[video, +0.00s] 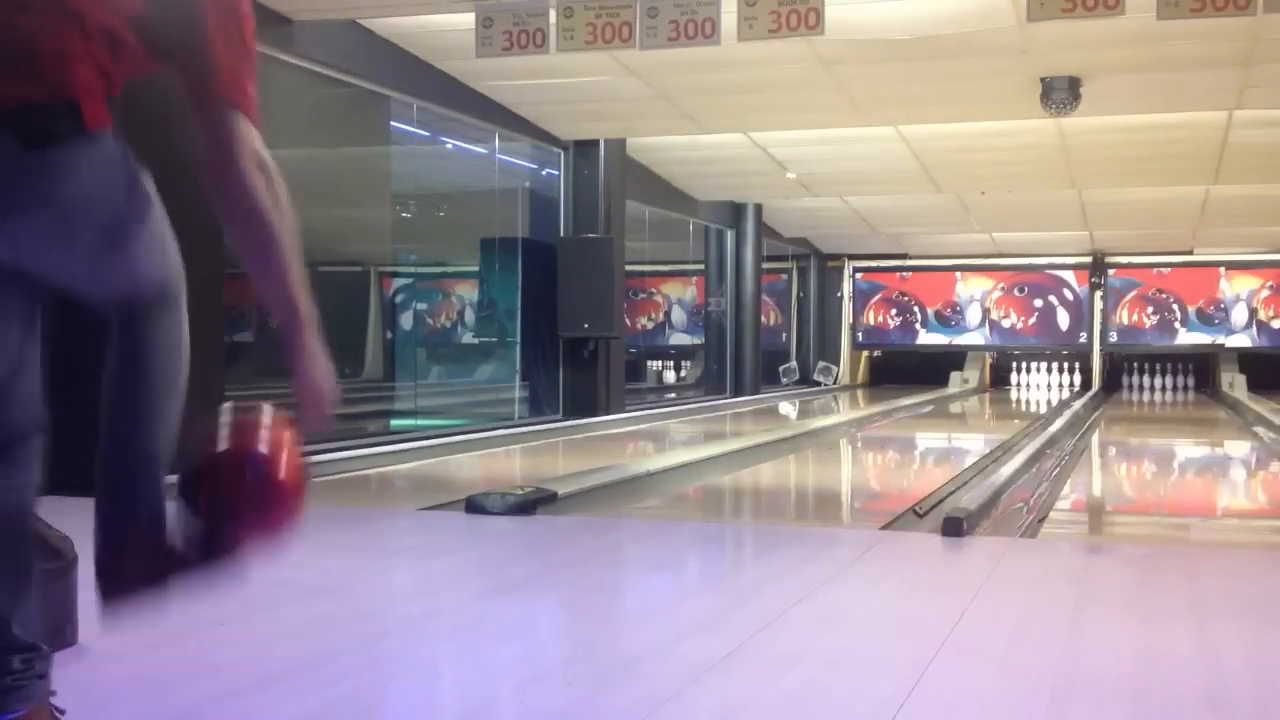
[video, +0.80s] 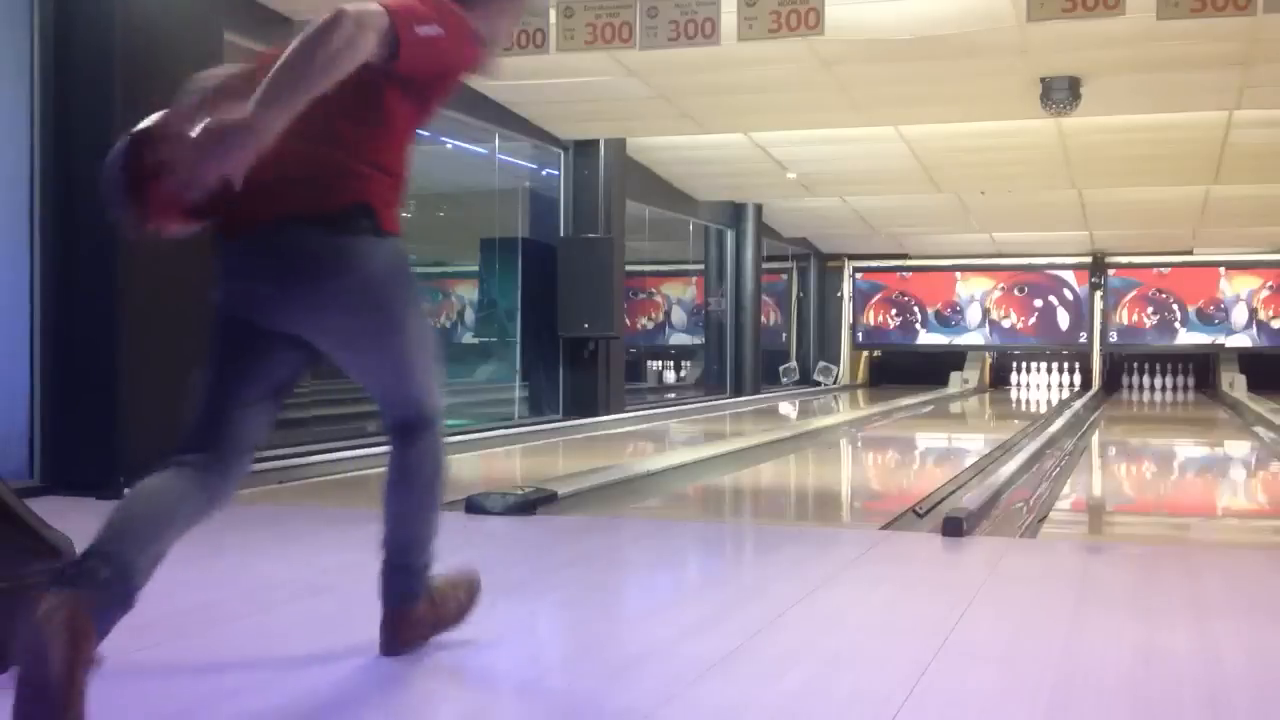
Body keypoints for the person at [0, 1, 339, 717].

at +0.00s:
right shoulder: (210, 9)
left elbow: (239, 156)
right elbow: (236, 155)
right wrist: (303, 338)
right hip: (45, 119)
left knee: (13, 428)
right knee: (151, 297)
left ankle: (16, 680)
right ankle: (135, 544)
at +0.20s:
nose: (303, 18)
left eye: (303, 17)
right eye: (300, 12)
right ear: (282, 1)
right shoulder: (242, 5)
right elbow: (282, 174)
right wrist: (355, 311)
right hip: (66, 159)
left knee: (7, 456)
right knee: (186, 204)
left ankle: (15, 690)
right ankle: (129, 438)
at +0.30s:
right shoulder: (260, 4)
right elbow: (275, 143)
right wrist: (337, 298)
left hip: (17, 149)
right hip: (102, 137)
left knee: (20, 431)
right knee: (221, 172)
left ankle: (23, 679)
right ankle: (216, 408)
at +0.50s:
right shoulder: (306, 3)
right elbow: (309, 134)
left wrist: (156, 262)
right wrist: (296, 277)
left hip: (62, 161)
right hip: (186, 145)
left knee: (90, 421)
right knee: (311, 239)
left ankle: (28, 650)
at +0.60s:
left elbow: (60, 154)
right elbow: (344, 105)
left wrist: (60, 251)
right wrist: (360, 268)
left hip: (120, 209)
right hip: (233, 192)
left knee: (123, 447)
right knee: (345, 320)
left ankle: (38, 656)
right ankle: (371, 518)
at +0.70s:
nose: (415, 40)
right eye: (421, 27)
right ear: (405, 11)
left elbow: (110, 112)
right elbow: (346, 37)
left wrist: (96, 220)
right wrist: (308, 193)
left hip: (182, 241)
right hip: (290, 239)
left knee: (161, 477)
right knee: (380, 404)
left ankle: (52, 645)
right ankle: (398, 575)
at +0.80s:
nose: (514, 32)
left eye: (519, 21)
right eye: (515, 17)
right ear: (491, 6)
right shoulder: (453, 28)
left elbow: (218, 82)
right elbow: (351, 24)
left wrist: (170, 157)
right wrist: (243, 134)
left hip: (255, 257)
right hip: (344, 253)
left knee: (207, 465)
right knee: (415, 423)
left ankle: (77, 606)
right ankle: (407, 605)